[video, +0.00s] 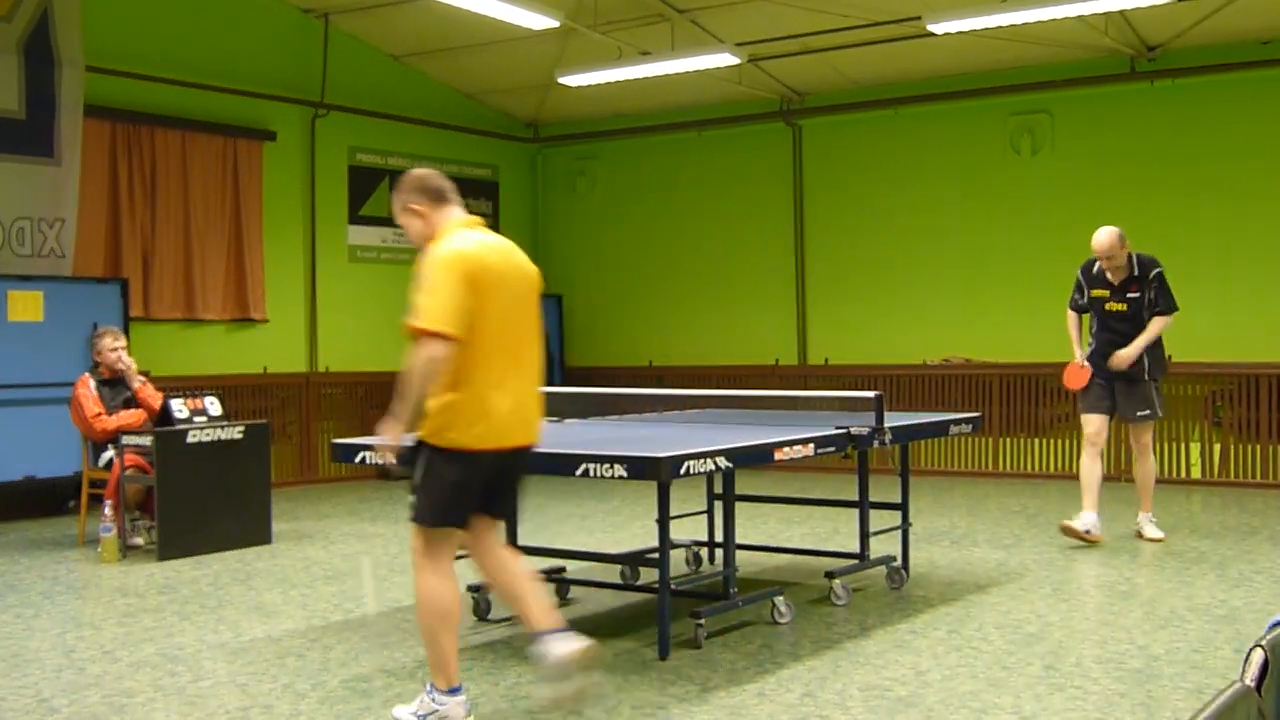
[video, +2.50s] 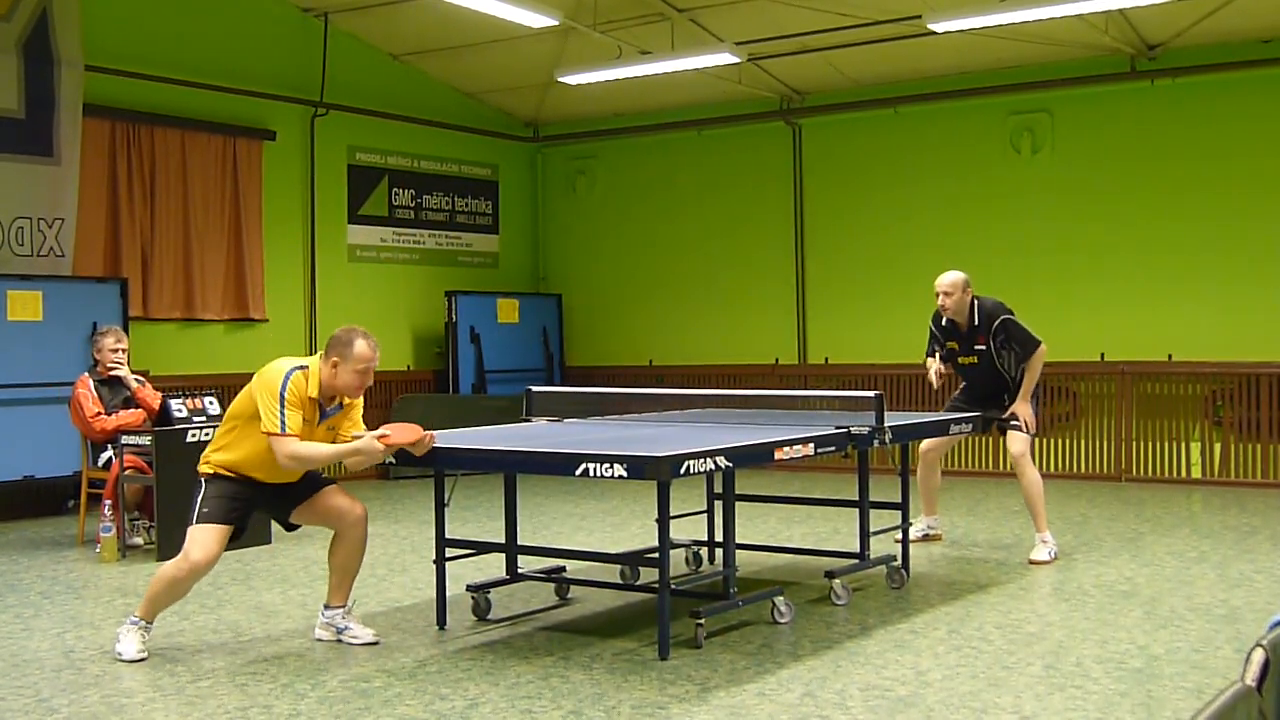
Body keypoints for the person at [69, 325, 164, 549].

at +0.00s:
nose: (121, 356)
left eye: (124, 350)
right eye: (114, 350)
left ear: (129, 352)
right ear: (97, 356)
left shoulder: (137, 381)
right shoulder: (86, 385)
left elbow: (162, 412)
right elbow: (98, 427)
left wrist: (134, 381)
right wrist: (142, 416)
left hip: (146, 444)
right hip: (112, 447)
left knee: (169, 469)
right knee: (134, 474)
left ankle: (147, 520)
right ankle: (129, 519)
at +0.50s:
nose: (120, 355)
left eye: (123, 350)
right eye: (113, 350)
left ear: (128, 354)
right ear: (96, 356)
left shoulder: (134, 380)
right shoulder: (84, 385)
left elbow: (161, 413)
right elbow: (96, 428)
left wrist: (135, 380)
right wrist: (143, 415)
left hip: (145, 445)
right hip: (110, 449)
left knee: (172, 468)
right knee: (135, 473)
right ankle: (133, 520)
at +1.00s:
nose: (121, 356)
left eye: (124, 351)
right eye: (114, 351)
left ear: (128, 354)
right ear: (97, 355)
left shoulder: (137, 381)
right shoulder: (84, 385)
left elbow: (162, 412)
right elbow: (97, 428)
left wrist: (132, 383)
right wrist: (141, 416)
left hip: (146, 445)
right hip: (112, 449)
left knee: (172, 469)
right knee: (135, 475)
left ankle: (153, 519)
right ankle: (131, 518)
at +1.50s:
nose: (120, 357)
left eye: (124, 352)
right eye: (114, 352)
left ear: (128, 354)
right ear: (98, 356)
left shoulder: (137, 382)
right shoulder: (85, 385)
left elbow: (161, 412)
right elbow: (98, 428)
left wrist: (132, 383)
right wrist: (142, 416)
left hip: (145, 447)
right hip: (111, 449)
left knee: (170, 469)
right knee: (133, 476)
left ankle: (150, 521)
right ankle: (128, 522)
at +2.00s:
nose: (120, 357)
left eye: (123, 352)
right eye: (113, 352)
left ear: (128, 354)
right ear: (97, 355)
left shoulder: (137, 382)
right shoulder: (84, 386)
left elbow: (163, 413)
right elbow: (96, 429)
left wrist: (133, 385)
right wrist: (141, 416)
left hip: (146, 446)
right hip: (111, 449)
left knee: (170, 468)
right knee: (132, 474)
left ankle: (151, 521)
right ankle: (131, 519)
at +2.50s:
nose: (120, 356)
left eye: (124, 351)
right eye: (113, 351)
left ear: (128, 354)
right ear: (97, 354)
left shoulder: (137, 381)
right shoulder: (84, 385)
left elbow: (163, 412)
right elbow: (97, 428)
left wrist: (133, 384)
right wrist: (142, 415)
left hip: (146, 446)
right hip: (112, 449)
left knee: (170, 469)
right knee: (133, 474)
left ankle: (152, 521)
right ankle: (131, 519)